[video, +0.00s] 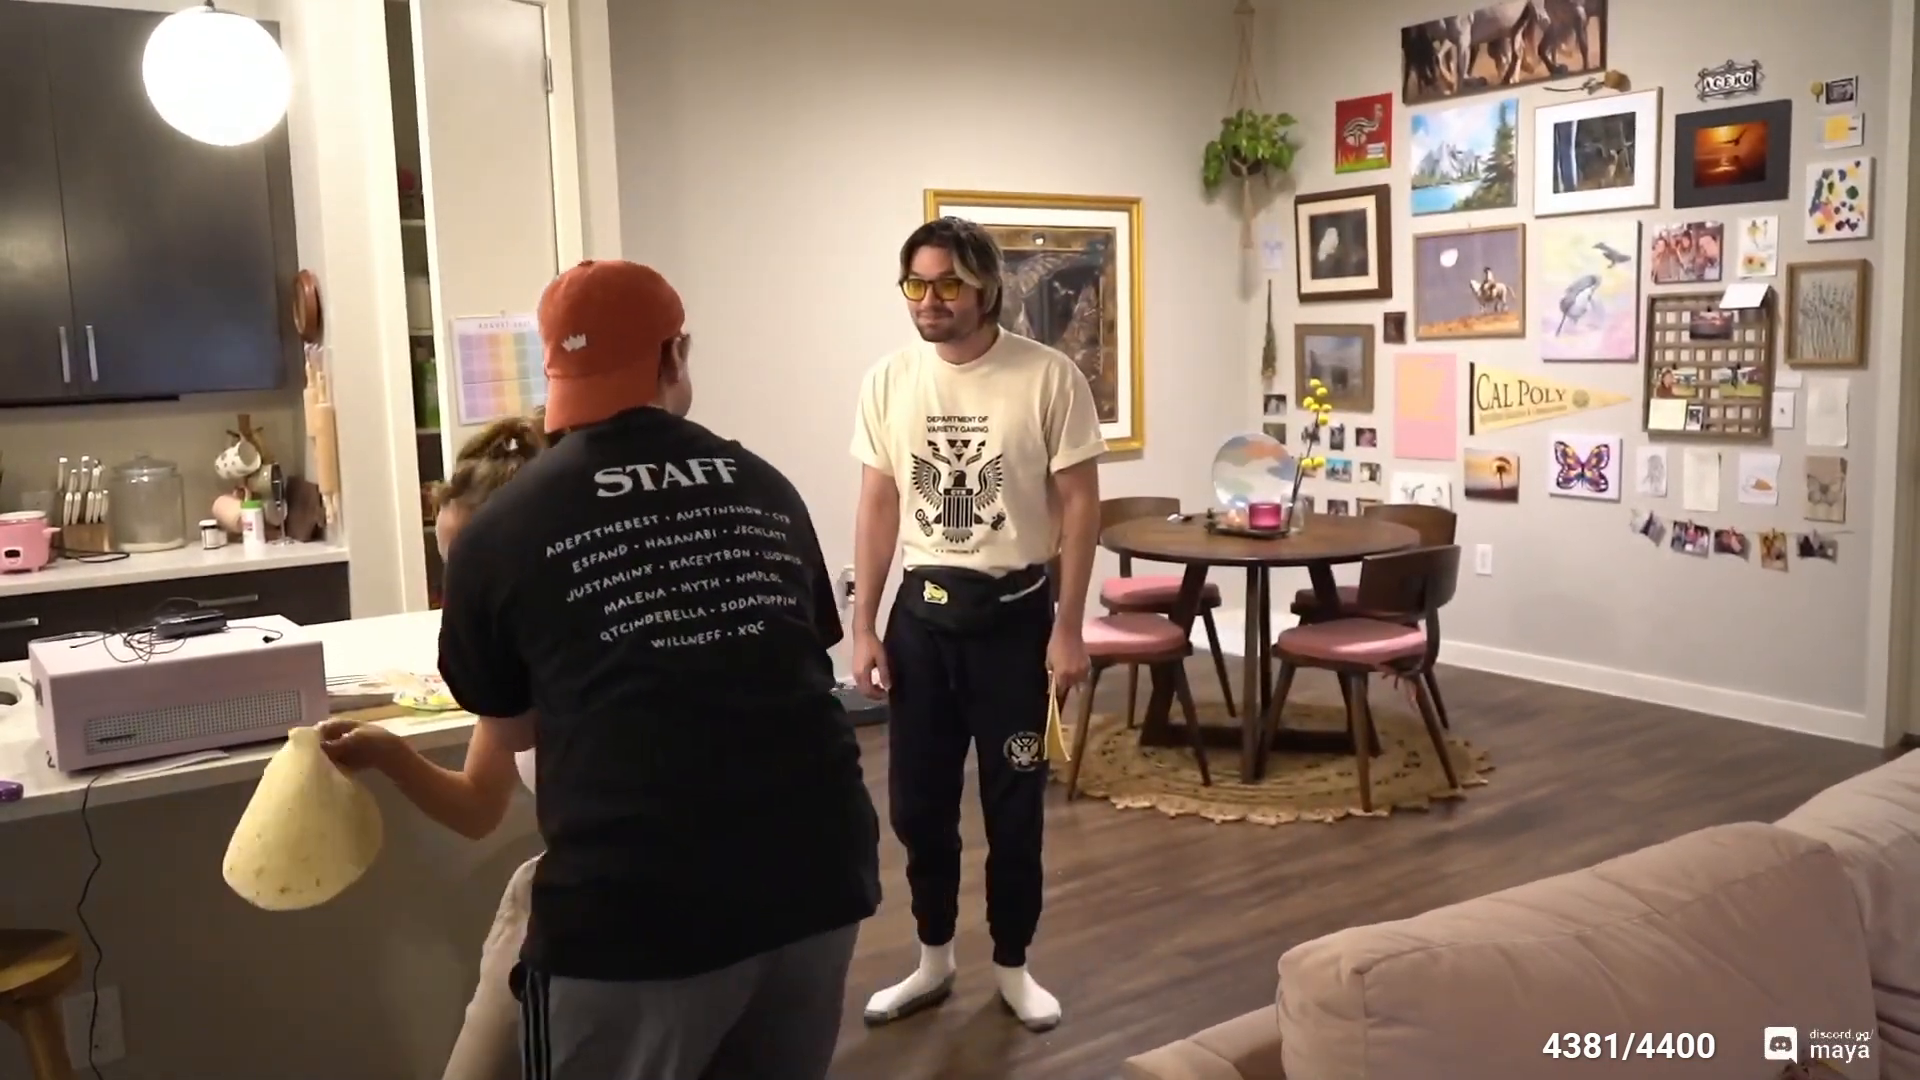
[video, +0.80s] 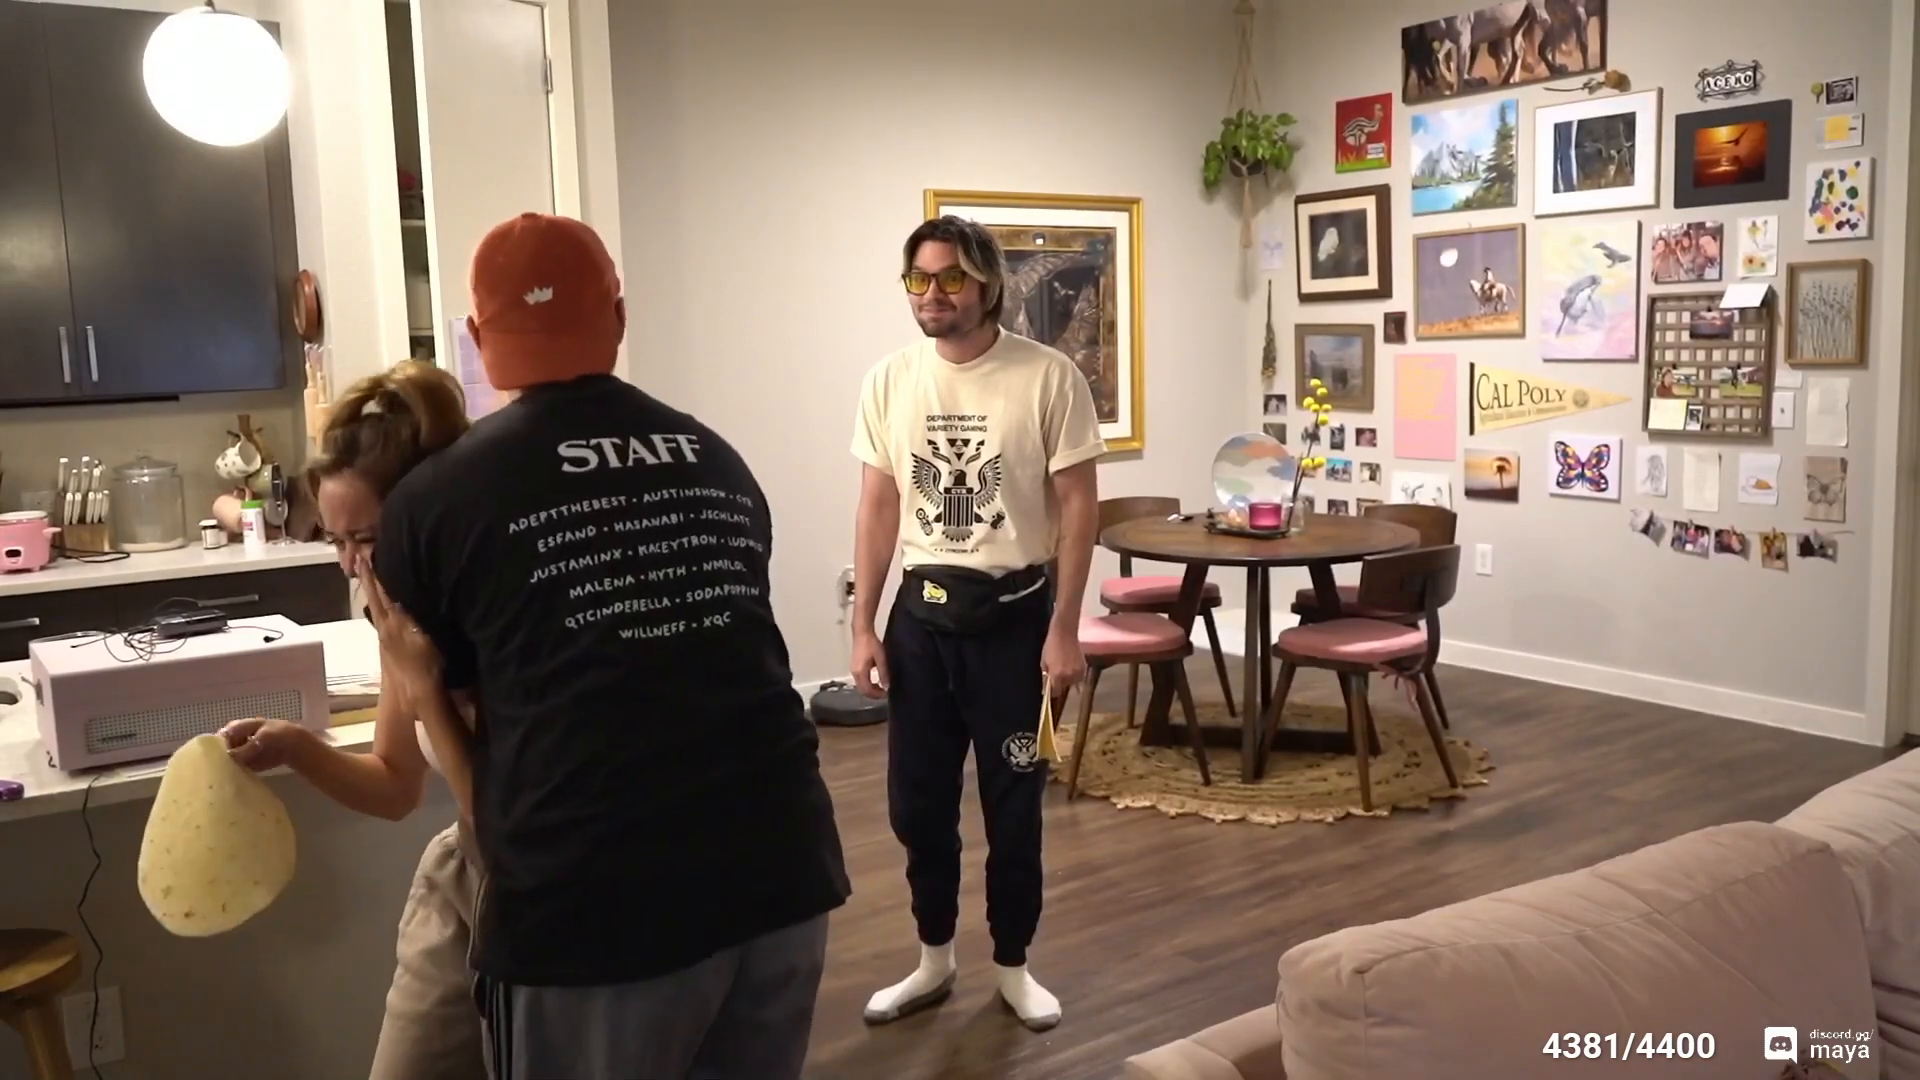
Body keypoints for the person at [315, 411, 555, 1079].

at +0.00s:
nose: (450, 591)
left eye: (466, 563)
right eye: (448, 564)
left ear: (533, 545)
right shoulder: (519, 645)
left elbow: (478, 810)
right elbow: (479, 809)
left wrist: (390, 755)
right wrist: (390, 751)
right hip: (564, 874)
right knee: (475, 1064)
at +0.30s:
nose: (395, 627)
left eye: (401, 604)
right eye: (385, 607)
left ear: (468, 572)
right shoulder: (456, 682)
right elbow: (428, 860)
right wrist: (356, 801)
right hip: (516, 914)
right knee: (440, 1056)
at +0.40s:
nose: (370, 616)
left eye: (379, 590)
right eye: (361, 593)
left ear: (441, 566)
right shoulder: (440, 656)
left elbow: (417, 845)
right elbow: (415, 842)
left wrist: (335, 790)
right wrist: (337, 792)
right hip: (501, 897)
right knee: (430, 1063)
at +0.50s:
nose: (358, 611)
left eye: (370, 585)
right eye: (346, 589)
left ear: (429, 556)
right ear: (335, 569)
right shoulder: (424, 652)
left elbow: (524, 856)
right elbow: (407, 830)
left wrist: (427, 814)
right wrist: (328, 789)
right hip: (485, 889)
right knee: (416, 1065)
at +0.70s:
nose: (343, 577)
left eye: (361, 553)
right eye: (330, 557)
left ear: (424, 529)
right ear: (319, 543)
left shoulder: (503, 618)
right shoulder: (399, 636)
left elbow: (501, 841)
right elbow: (399, 799)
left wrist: (427, 711)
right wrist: (301, 764)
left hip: (551, 895)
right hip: (460, 881)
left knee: (543, 1066)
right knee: (394, 1068)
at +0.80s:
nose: (351, 563)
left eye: (367, 538)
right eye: (337, 540)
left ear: (431, 510)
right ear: (326, 523)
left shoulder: (503, 599)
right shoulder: (403, 612)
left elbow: (493, 824)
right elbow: (396, 789)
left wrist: (423, 686)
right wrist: (300, 747)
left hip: (555, 890)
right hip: (466, 874)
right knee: (402, 1069)